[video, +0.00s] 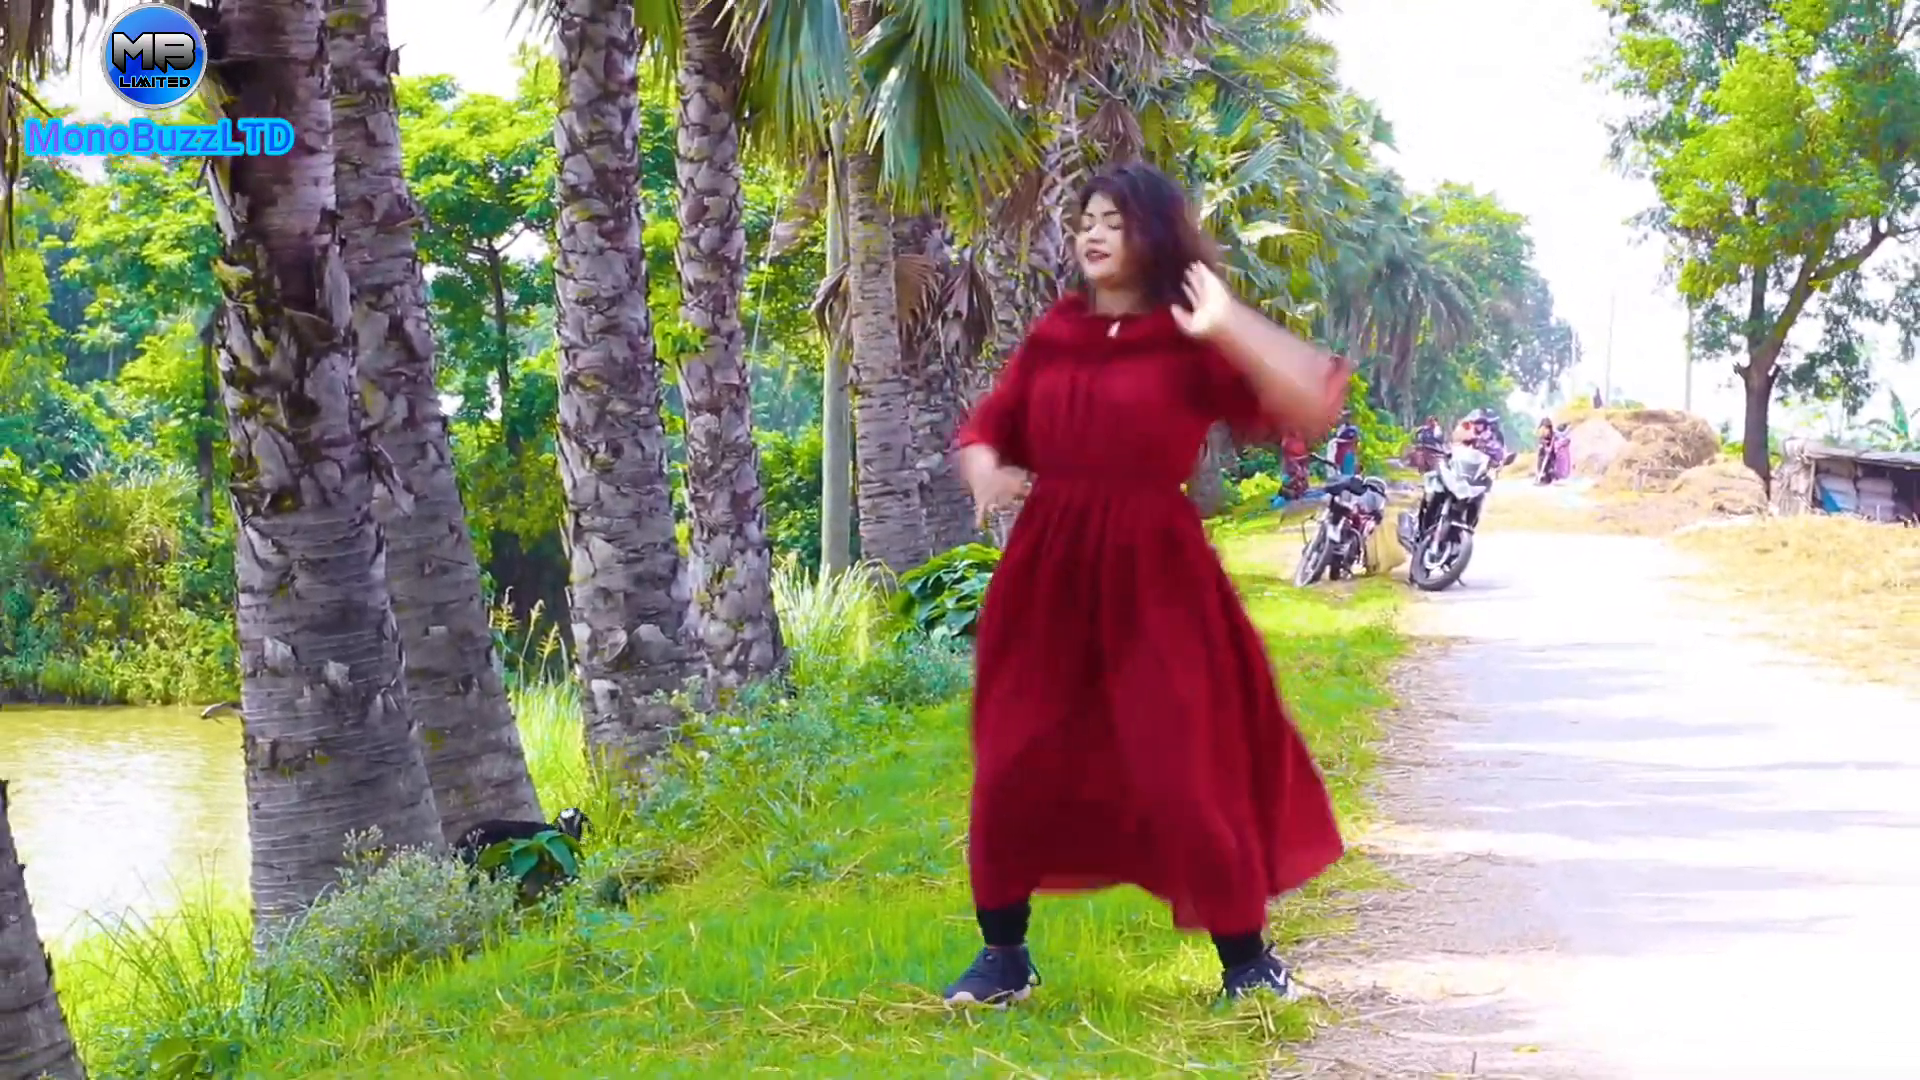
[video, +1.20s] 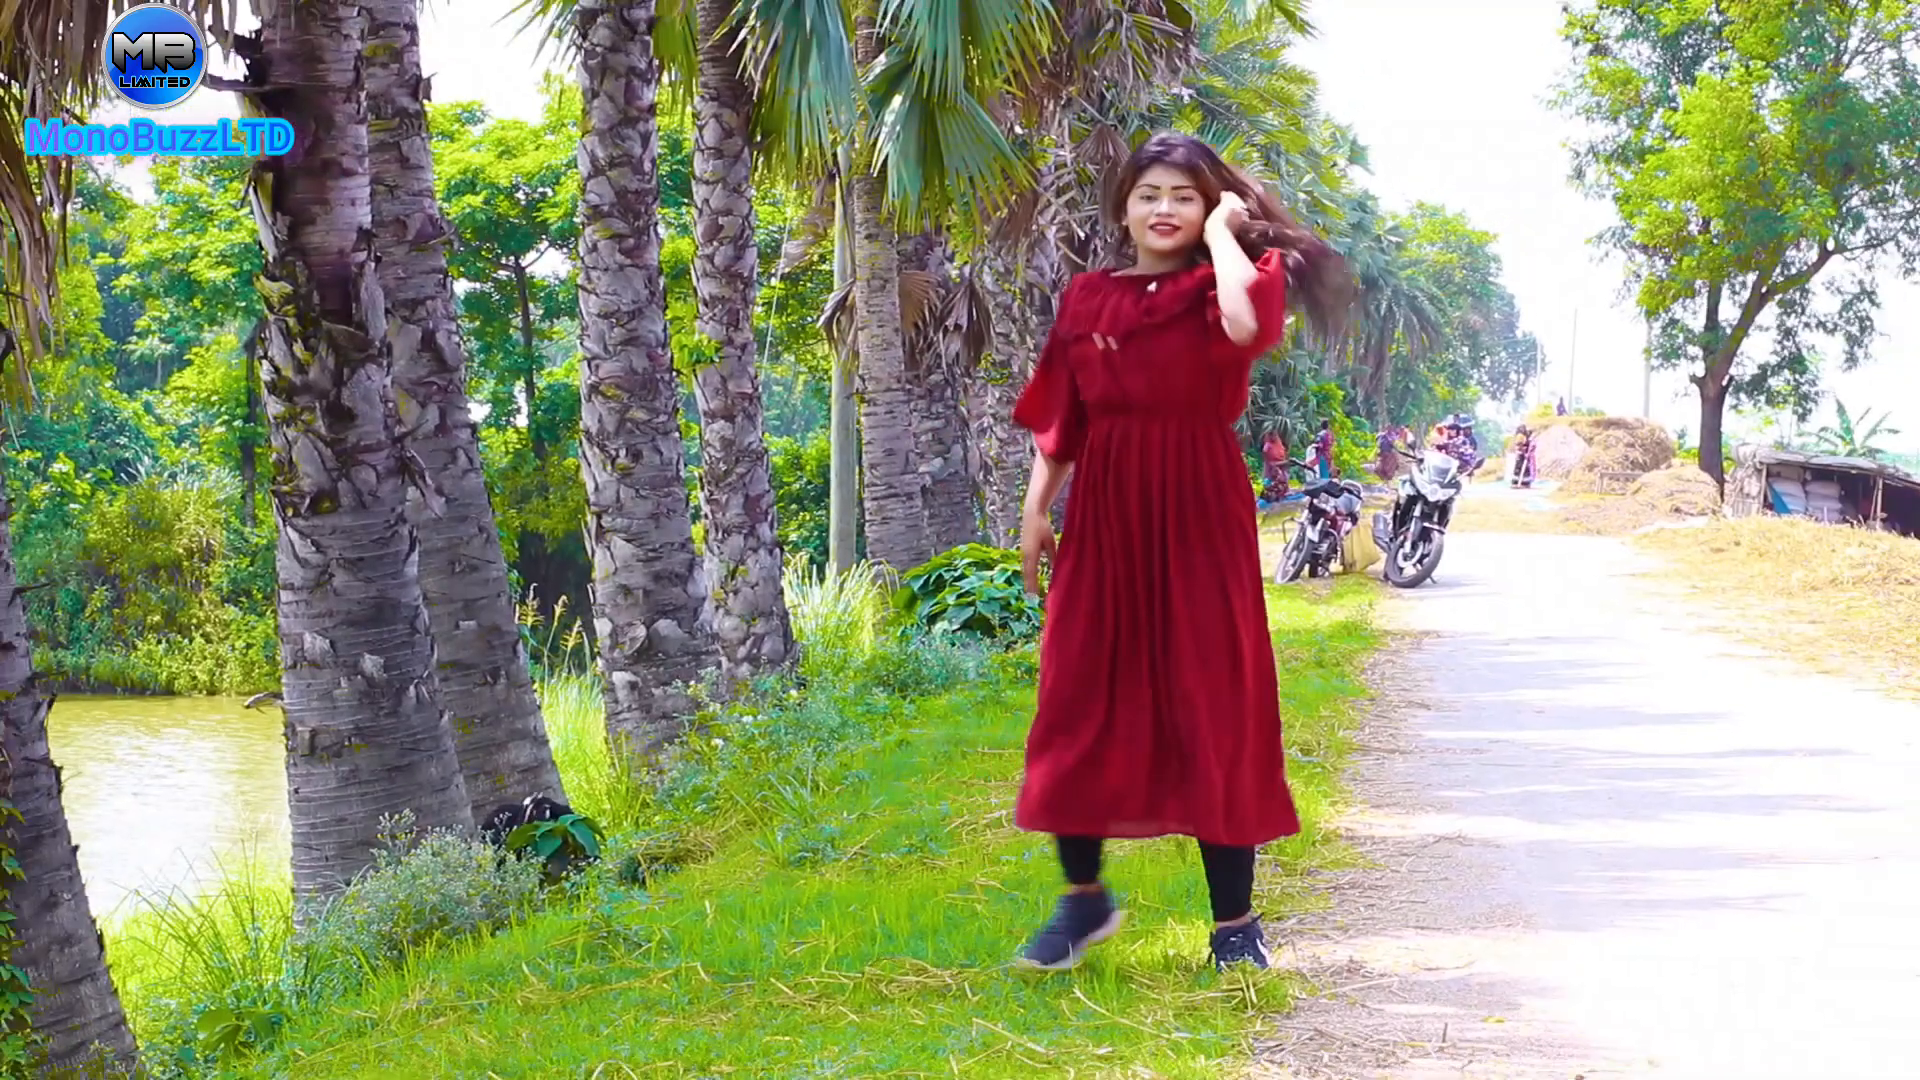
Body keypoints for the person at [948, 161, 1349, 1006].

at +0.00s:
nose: (1094, 237)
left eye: (1113, 223)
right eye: (1085, 223)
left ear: (1159, 237)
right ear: (1075, 239)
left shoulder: (1195, 342)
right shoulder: (1054, 335)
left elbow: (1318, 400)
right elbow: (980, 427)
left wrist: (1231, 319)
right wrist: (986, 469)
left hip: (1156, 567)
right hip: (1048, 563)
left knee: (1184, 763)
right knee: (1006, 760)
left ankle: (1247, 963)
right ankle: (1003, 955)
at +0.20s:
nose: (1137, 230)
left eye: (1139, 218)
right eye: (1119, 214)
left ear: (1138, 236)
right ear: (1062, 223)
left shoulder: (1152, 330)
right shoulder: (995, 305)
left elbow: (1209, 453)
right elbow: (952, 371)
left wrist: (1193, 471)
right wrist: (1049, 294)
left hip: (1126, 549)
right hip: (1014, 550)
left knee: (1169, 735)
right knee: (994, 736)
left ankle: (1219, 944)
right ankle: (1001, 954)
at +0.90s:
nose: (1175, 224)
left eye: (1180, 212)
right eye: (1151, 215)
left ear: (1192, 236)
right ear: (1103, 240)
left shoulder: (1225, 338)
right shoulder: (1060, 343)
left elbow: (1327, 456)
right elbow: (929, 377)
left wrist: (1283, 406)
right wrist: (1028, 325)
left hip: (1203, 580)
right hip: (1086, 580)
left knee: (1213, 777)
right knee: (1029, 767)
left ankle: (1252, 973)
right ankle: (1007, 966)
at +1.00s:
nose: (1155, 222)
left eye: (1175, 212)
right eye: (1139, 215)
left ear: (1209, 243)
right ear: (1117, 248)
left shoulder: (1249, 342)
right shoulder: (1082, 350)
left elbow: (1291, 437)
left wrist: (1235, 313)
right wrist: (1035, 446)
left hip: (1213, 553)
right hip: (1105, 551)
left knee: (1220, 750)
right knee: (1045, 744)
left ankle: (1246, 955)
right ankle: (1013, 945)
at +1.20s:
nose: (1164, 209)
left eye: (1183, 197)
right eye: (1148, 195)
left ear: (1211, 212)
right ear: (1124, 209)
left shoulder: (1240, 283)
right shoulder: (1089, 296)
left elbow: (1243, 324)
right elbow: (1062, 415)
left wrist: (1221, 230)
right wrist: (1035, 506)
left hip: (1201, 520)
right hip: (1103, 519)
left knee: (1216, 707)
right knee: (1068, 703)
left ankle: (1234, 926)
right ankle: (1083, 894)